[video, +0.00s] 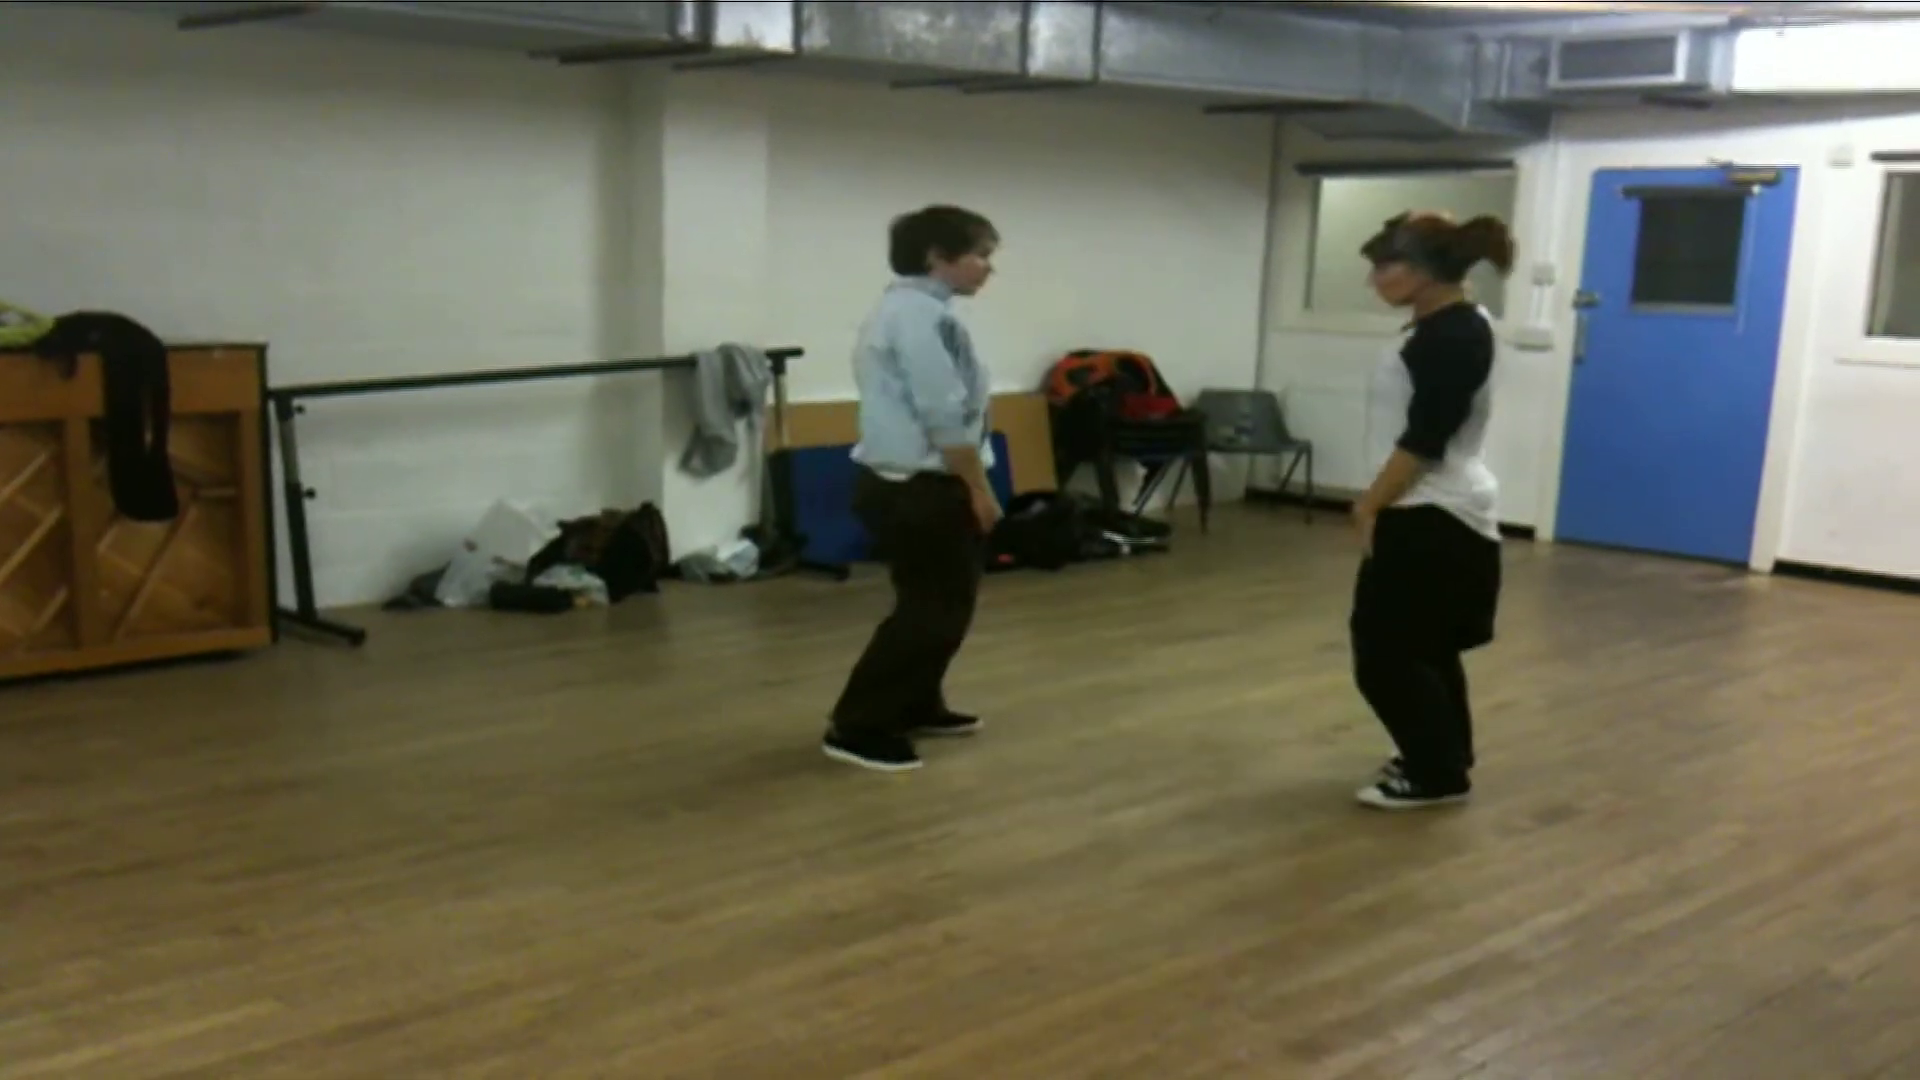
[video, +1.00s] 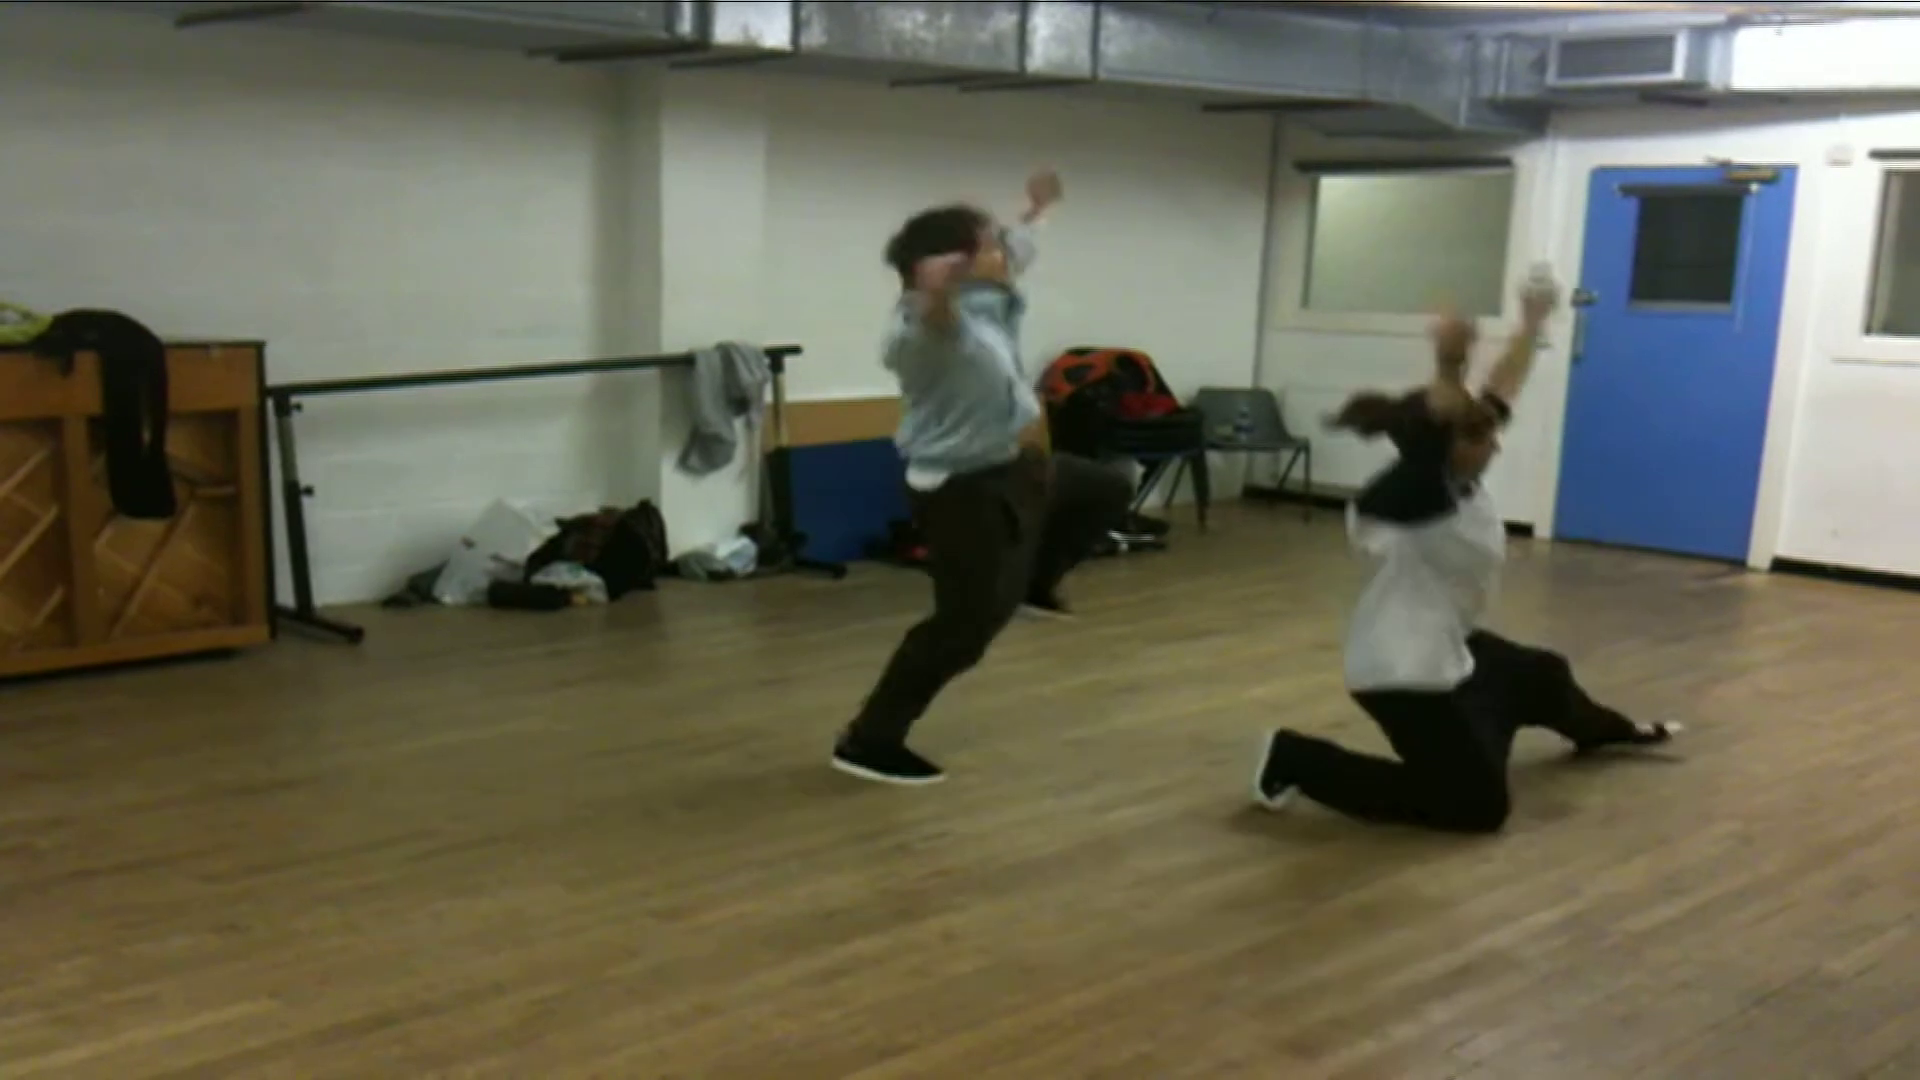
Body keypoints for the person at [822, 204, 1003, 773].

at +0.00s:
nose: (989, 267)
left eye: (989, 256)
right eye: (980, 256)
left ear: (936, 260)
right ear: (939, 258)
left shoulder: (912, 309)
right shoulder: (916, 316)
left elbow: (937, 412)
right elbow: (945, 418)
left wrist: (970, 479)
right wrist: (978, 487)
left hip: (925, 479)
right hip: (912, 484)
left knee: (947, 601)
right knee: (932, 606)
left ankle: (919, 702)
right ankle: (858, 727)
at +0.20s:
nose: (1046, 338)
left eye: (1044, 326)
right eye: (1036, 328)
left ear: (996, 334)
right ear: (996, 334)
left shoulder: (977, 370)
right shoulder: (915, 398)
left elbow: (954, 425)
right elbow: (867, 497)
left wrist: (960, 467)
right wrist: (932, 525)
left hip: (916, 491)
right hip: (856, 499)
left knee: (978, 577)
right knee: (934, 603)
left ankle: (934, 698)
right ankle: (860, 722)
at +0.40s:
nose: (1083, 424)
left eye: (1086, 414)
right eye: (1078, 413)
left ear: (1035, 409)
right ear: (1037, 410)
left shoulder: (1001, 436)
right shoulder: (936, 444)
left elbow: (965, 488)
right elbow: (831, 505)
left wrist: (956, 527)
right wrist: (912, 551)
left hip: (910, 520)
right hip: (842, 526)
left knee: (984, 597)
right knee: (924, 626)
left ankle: (931, 704)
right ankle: (860, 727)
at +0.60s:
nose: (1083, 276)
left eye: (1079, 265)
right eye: (1070, 267)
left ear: (1037, 283)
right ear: (1029, 282)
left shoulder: (1028, 341)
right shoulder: (976, 337)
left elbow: (973, 421)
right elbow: (905, 427)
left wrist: (972, 490)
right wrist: (938, 501)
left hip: (921, 472)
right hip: (865, 469)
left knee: (945, 589)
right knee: (898, 594)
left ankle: (919, 705)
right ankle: (862, 725)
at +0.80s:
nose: (1038, 226)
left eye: (1030, 217)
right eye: (1023, 220)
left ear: (994, 243)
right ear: (990, 242)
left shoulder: (1007, 301)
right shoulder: (965, 303)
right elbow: (880, 356)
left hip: (962, 474)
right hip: (915, 474)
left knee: (968, 586)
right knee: (916, 596)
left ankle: (916, 693)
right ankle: (857, 713)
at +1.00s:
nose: (1002, 250)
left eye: (998, 242)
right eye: (988, 244)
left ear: (987, 259)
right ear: (942, 264)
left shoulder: (990, 305)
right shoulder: (918, 331)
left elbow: (1012, 258)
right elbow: (926, 331)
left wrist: (1035, 210)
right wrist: (938, 296)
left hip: (1014, 470)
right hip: (958, 490)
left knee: (1107, 489)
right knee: (968, 622)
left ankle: (1036, 581)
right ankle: (871, 739)